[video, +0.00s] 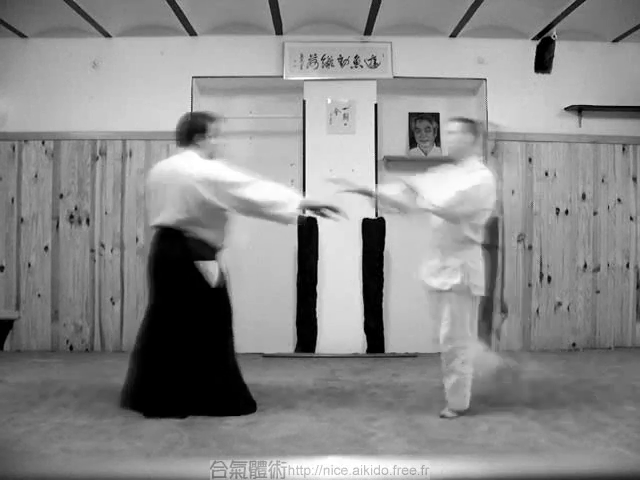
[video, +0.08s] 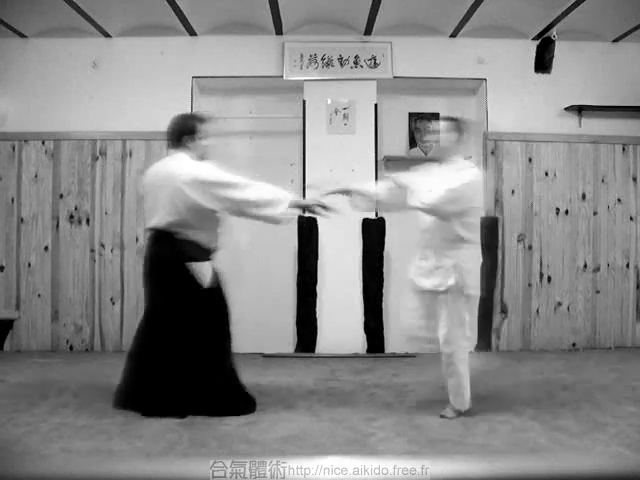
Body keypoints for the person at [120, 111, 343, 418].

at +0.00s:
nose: (220, 141)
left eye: (220, 135)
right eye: (216, 136)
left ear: (187, 139)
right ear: (200, 138)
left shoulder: (159, 169)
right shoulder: (205, 170)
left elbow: (158, 213)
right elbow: (250, 192)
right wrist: (302, 203)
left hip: (163, 251)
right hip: (194, 255)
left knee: (165, 324)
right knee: (210, 325)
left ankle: (152, 395)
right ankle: (218, 396)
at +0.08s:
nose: (207, 143)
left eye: (206, 137)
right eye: (203, 137)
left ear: (177, 140)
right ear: (190, 139)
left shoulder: (156, 171)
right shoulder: (193, 171)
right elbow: (240, 194)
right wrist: (293, 202)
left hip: (158, 252)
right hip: (187, 256)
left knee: (162, 325)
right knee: (210, 322)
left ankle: (150, 394)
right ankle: (217, 395)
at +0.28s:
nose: (179, 148)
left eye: (179, 142)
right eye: (173, 142)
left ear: (150, 145)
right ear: (155, 144)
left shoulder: (141, 172)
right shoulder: (157, 174)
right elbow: (199, 197)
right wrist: (246, 199)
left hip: (146, 256)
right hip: (165, 259)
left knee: (150, 330)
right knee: (191, 329)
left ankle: (138, 395)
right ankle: (210, 394)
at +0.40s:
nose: (165, 145)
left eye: (165, 140)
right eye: (159, 140)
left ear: (141, 143)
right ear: (141, 143)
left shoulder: (140, 169)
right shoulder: (142, 174)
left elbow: (178, 182)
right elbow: (186, 190)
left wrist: (203, 178)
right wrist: (214, 184)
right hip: (154, 260)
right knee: (174, 329)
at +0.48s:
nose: (160, 144)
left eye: (160, 139)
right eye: (155, 139)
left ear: (140, 141)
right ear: (138, 141)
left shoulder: (143, 168)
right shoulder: (133, 171)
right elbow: (164, 181)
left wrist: (184, 161)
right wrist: (176, 160)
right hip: (148, 259)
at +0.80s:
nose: (166, 141)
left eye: (164, 135)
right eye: (159, 137)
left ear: (139, 143)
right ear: (142, 142)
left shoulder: (135, 167)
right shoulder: (147, 166)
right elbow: (189, 155)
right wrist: (207, 128)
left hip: (134, 250)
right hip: (158, 253)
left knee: (132, 325)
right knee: (155, 327)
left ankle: (127, 397)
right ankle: (145, 398)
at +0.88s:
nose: (172, 142)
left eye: (170, 137)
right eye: (165, 138)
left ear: (145, 143)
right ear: (147, 143)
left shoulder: (142, 166)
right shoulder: (150, 166)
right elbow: (196, 160)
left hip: (141, 250)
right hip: (150, 253)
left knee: (138, 325)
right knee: (146, 327)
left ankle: (132, 398)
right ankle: (137, 398)